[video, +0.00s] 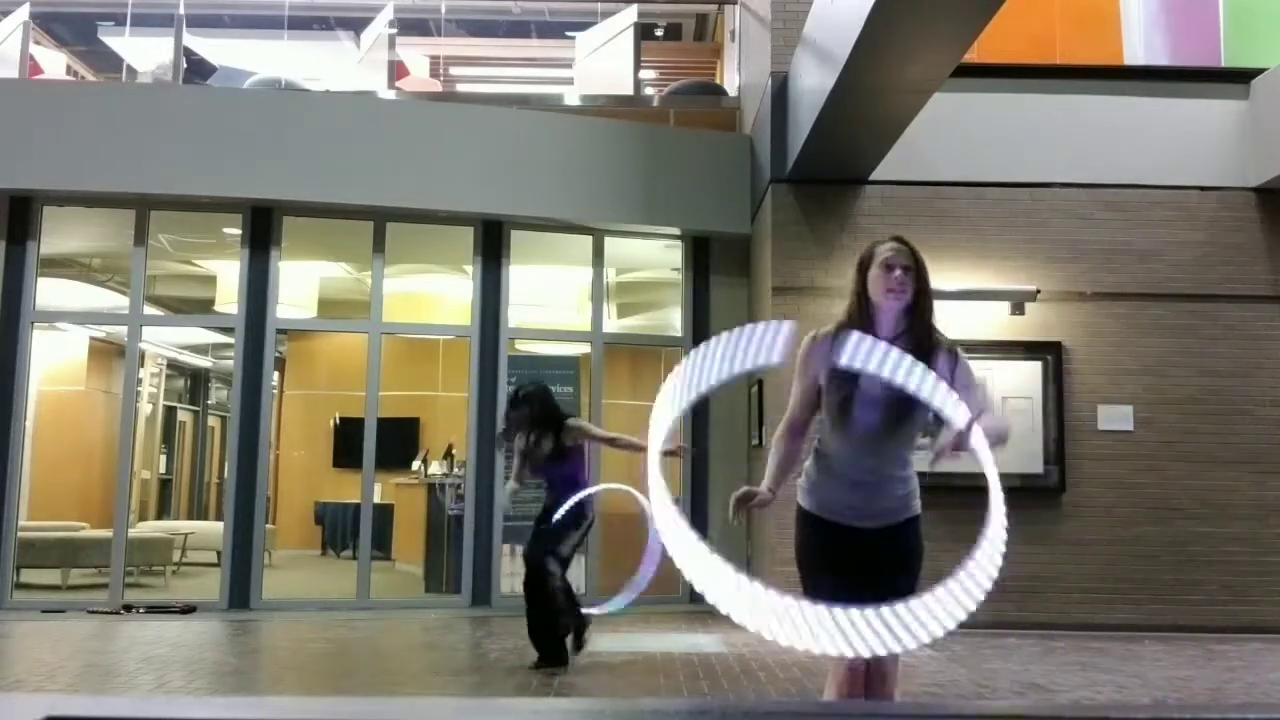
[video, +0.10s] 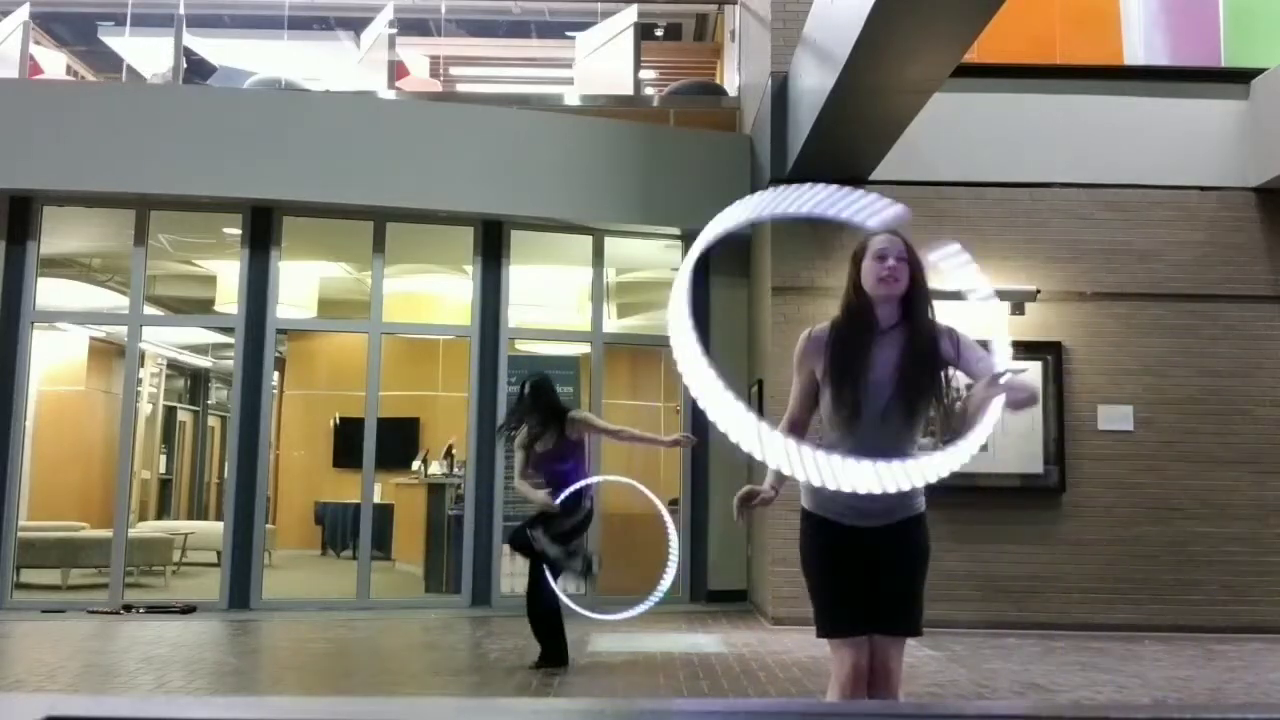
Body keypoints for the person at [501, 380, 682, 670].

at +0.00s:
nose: (519, 418)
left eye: (522, 412)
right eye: (517, 413)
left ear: (538, 409)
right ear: (519, 414)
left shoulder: (571, 428)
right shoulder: (525, 440)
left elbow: (613, 440)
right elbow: (518, 478)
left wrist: (659, 449)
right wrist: (510, 490)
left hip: (577, 509)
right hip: (551, 511)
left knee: (548, 565)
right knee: (535, 578)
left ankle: (575, 620)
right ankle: (551, 653)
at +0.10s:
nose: (528, 412)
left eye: (533, 406)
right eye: (525, 406)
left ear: (545, 403)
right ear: (523, 405)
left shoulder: (575, 421)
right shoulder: (524, 436)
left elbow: (618, 433)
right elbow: (518, 481)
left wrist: (665, 441)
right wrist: (537, 496)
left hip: (577, 506)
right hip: (548, 510)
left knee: (520, 537)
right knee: (539, 590)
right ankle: (553, 654)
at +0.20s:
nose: (537, 399)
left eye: (542, 392)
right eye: (533, 392)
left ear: (555, 387)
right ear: (528, 390)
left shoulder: (579, 406)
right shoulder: (526, 420)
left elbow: (623, 423)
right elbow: (524, 466)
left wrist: (667, 434)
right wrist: (546, 481)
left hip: (580, 496)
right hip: (554, 499)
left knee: (519, 523)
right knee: (550, 572)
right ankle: (555, 648)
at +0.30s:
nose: (544, 380)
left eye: (550, 373)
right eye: (540, 375)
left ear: (562, 374)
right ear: (535, 377)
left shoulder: (582, 399)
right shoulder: (536, 410)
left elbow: (628, 418)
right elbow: (530, 456)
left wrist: (672, 428)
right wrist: (550, 468)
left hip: (579, 487)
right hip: (550, 490)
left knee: (524, 523)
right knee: (555, 571)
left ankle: (591, 543)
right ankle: (561, 650)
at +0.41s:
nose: (554, 382)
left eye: (560, 376)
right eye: (550, 376)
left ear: (572, 378)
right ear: (544, 379)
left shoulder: (588, 405)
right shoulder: (542, 413)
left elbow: (631, 425)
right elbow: (531, 461)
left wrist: (674, 436)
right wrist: (545, 450)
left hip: (582, 495)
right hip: (556, 495)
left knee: (549, 547)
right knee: (552, 561)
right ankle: (564, 651)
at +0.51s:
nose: (559, 378)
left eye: (565, 372)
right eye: (555, 373)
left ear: (575, 376)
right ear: (549, 376)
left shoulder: (591, 405)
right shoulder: (547, 412)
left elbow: (630, 431)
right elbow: (537, 459)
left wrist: (671, 454)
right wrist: (537, 434)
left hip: (583, 498)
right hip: (552, 498)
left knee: (571, 573)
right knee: (556, 576)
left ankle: (574, 653)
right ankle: (561, 652)